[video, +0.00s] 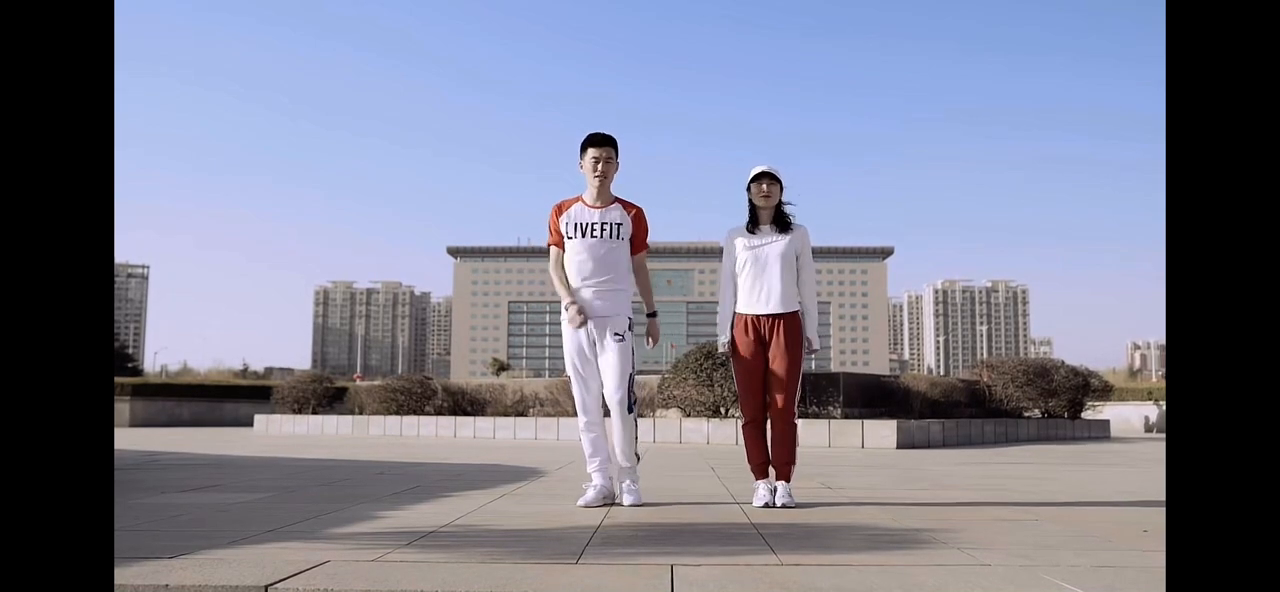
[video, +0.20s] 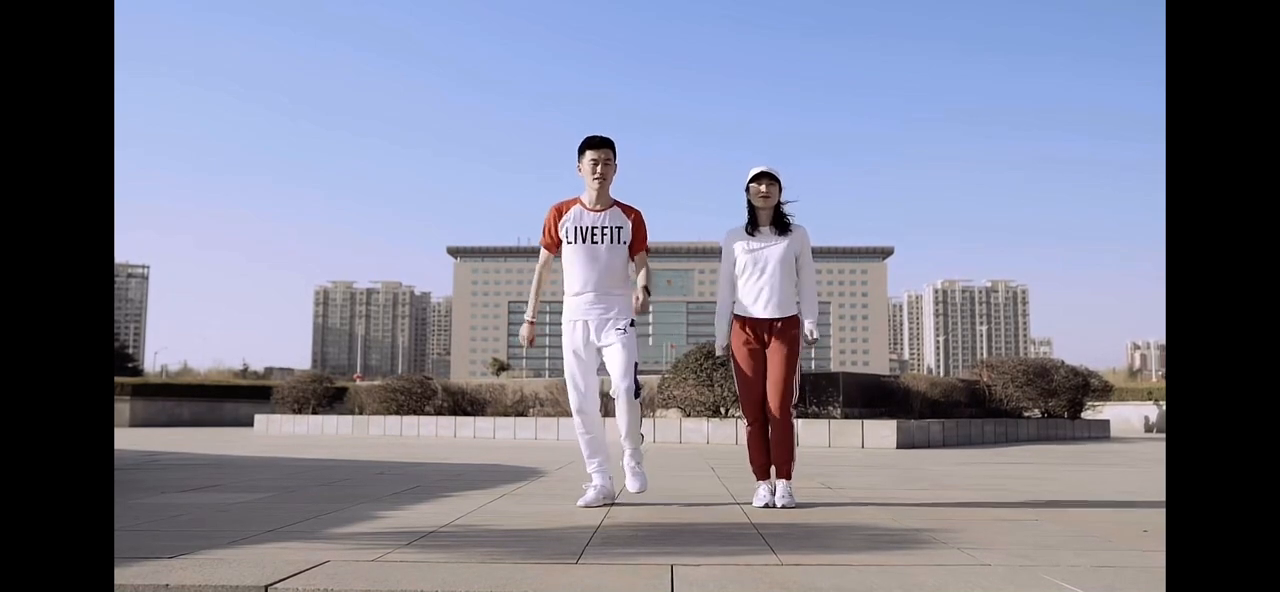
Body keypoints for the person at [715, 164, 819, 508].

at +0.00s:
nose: (765, 188)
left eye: (771, 184)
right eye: (758, 184)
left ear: (780, 192)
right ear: (749, 192)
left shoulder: (797, 234)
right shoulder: (735, 236)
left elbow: (808, 284)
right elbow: (727, 287)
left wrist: (810, 330)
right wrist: (724, 330)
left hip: (785, 325)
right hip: (745, 325)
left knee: (782, 405)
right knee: (752, 408)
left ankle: (782, 482)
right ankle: (761, 481)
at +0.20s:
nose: (764, 188)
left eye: (771, 183)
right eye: (758, 182)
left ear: (779, 192)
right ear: (748, 192)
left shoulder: (795, 234)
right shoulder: (733, 237)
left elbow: (807, 280)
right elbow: (725, 288)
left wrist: (810, 319)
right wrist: (722, 332)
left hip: (784, 326)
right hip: (743, 326)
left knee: (778, 407)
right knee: (753, 410)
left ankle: (783, 481)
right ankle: (762, 482)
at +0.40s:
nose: (763, 189)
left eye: (769, 184)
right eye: (757, 184)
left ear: (778, 191)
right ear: (747, 191)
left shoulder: (796, 231)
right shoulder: (733, 234)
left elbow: (814, 275)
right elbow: (717, 284)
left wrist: (799, 280)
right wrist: (711, 330)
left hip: (783, 324)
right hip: (745, 325)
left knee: (777, 403)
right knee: (753, 406)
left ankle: (785, 478)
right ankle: (761, 481)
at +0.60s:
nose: (762, 191)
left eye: (767, 185)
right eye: (755, 185)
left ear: (776, 190)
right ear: (745, 191)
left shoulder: (794, 227)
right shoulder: (733, 235)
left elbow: (811, 270)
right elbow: (718, 289)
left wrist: (802, 281)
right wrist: (701, 329)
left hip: (783, 323)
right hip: (745, 324)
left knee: (774, 403)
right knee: (752, 407)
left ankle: (783, 478)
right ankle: (761, 482)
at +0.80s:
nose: (765, 196)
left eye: (771, 191)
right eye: (759, 190)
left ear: (780, 197)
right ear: (750, 196)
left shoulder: (795, 239)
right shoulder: (732, 241)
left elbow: (806, 288)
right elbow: (724, 290)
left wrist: (810, 330)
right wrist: (725, 332)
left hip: (785, 322)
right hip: (745, 328)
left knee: (769, 340)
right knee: (753, 406)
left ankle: (779, 414)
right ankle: (762, 483)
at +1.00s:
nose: (771, 185)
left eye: (777, 179)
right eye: (765, 179)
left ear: (786, 185)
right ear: (755, 185)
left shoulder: (795, 225)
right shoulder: (736, 222)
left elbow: (803, 263)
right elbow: (721, 261)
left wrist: (811, 297)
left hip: (785, 311)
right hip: (747, 311)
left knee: (775, 378)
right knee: (750, 398)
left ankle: (779, 459)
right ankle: (758, 471)